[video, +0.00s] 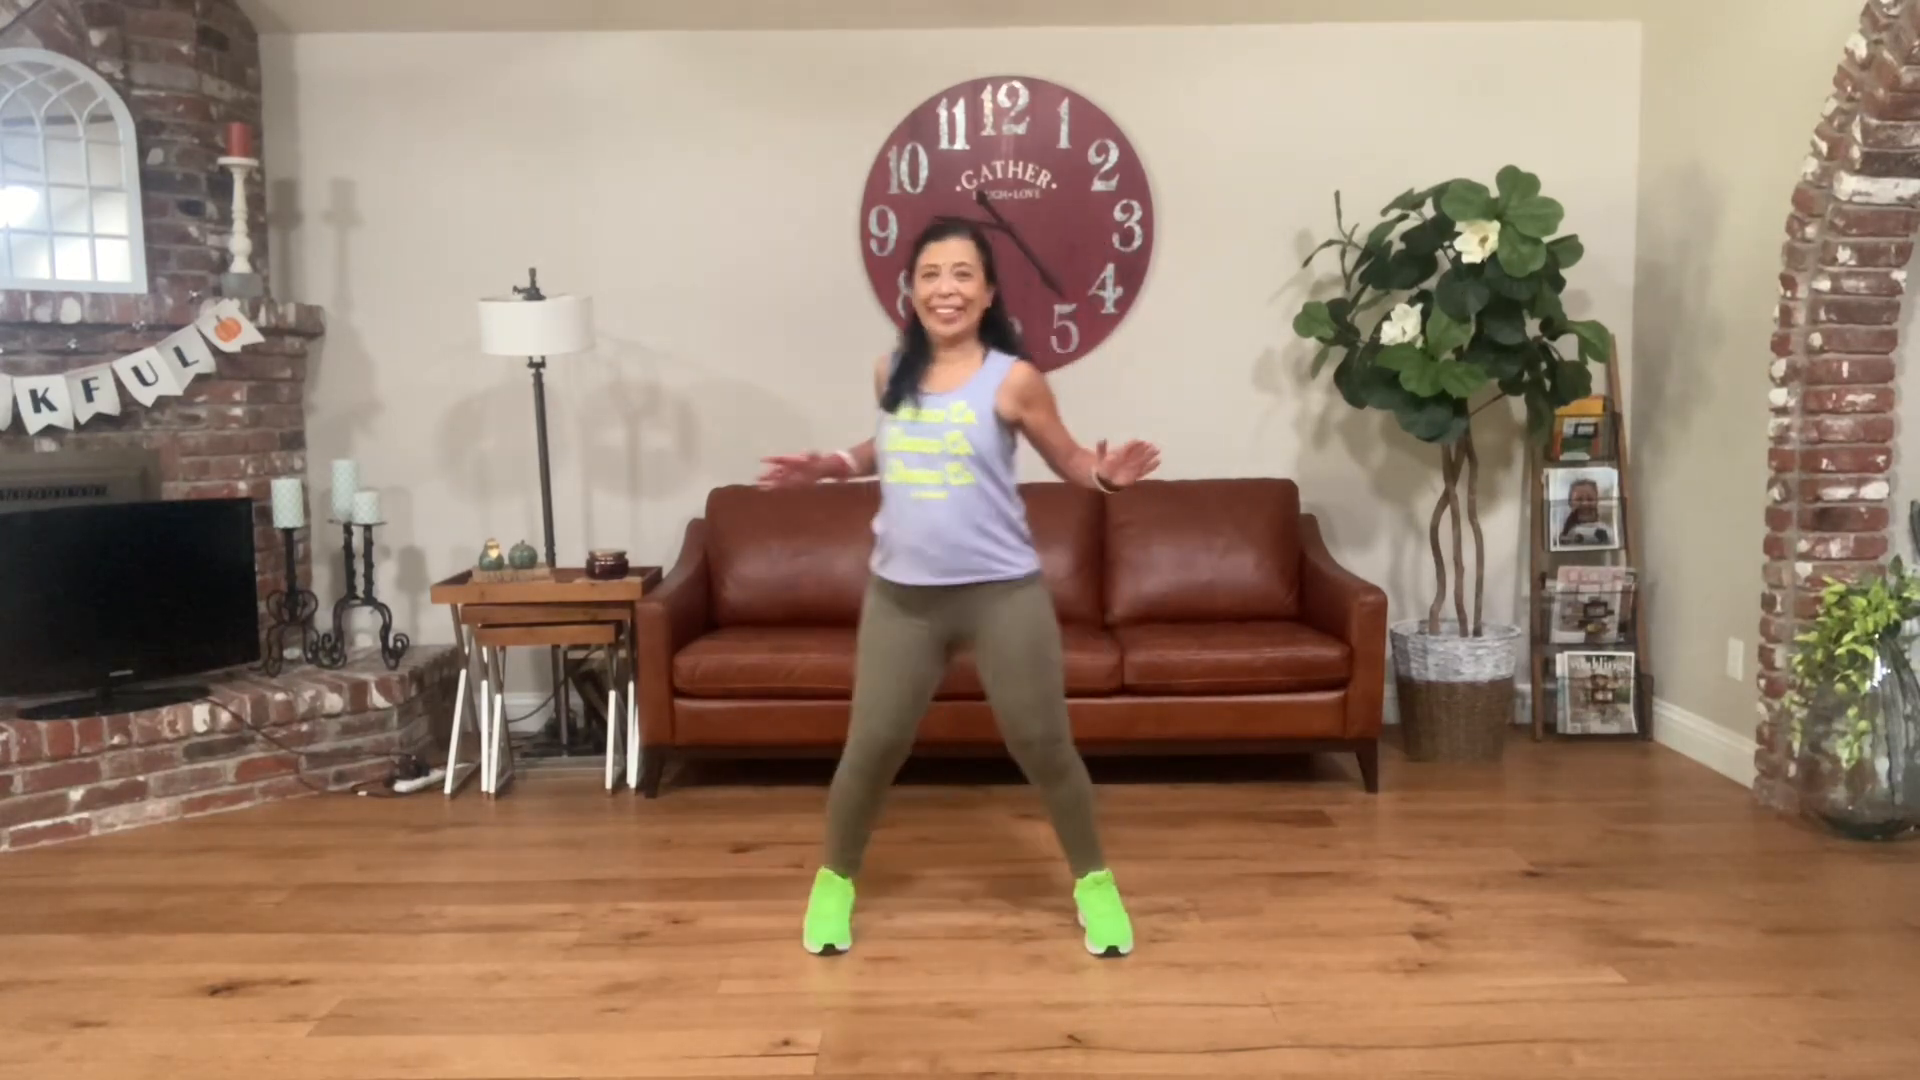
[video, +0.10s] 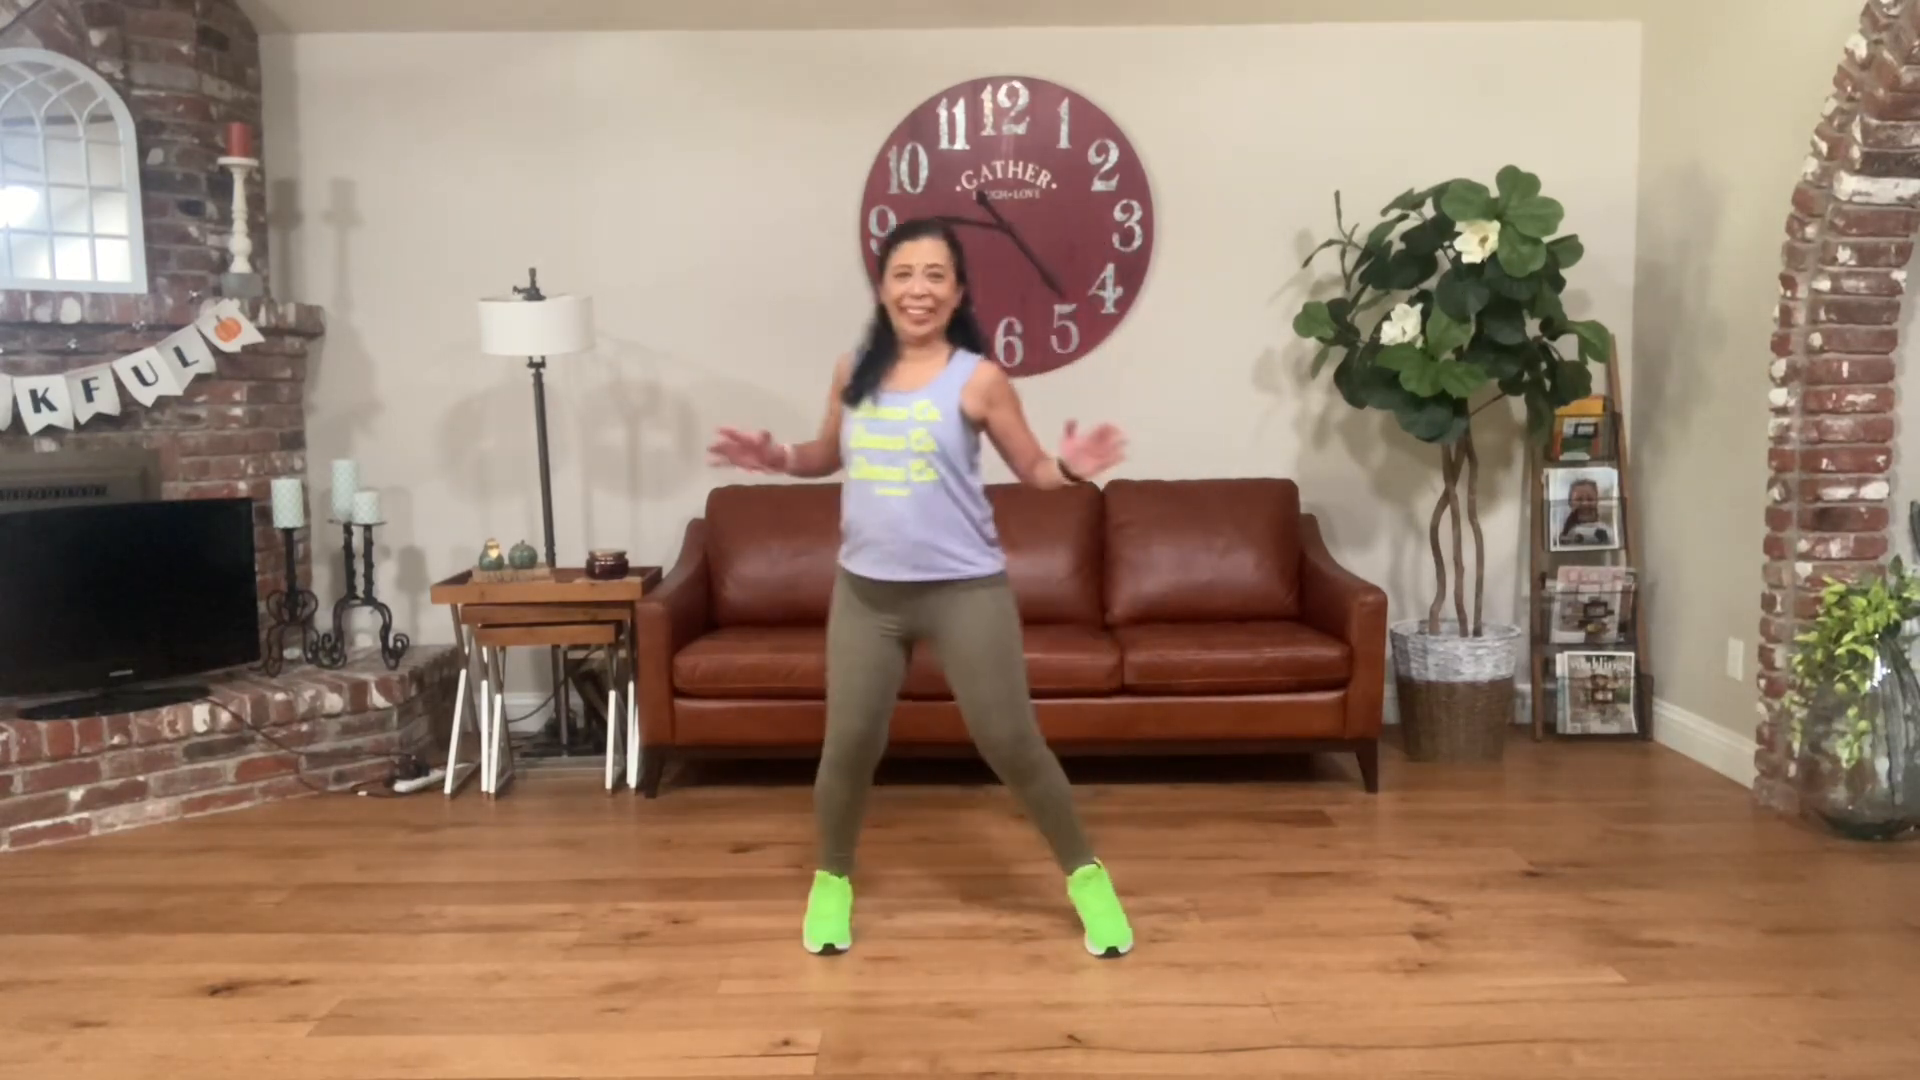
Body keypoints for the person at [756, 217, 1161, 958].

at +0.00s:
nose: (946, 288)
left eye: (963, 274)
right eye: (931, 274)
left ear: (987, 292)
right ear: (911, 292)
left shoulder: (1013, 381)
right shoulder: (892, 372)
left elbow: (1072, 461)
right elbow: (899, 446)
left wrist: (1106, 471)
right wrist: (831, 465)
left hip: (1003, 590)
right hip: (901, 595)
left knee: (1041, 741)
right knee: (874, 743)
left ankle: (1094, 884)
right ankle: (835, 881)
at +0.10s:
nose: (919, 290)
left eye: (936, 276)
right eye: (903, 275)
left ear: (957, 292)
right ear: (882, 288)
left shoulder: (979, 380)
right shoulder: (855, 371)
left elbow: (1034, 471)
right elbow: (829, 456)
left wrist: (1070, 467)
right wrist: (780, 458)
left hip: (965, 589)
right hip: (865, 591)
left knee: (1008, 740)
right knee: (849, 743)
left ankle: (1085, 876)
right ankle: (832, 882)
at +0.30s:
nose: (891, 315)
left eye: (904, 300)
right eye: (874, 300)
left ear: (917, 310)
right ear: (838, 310)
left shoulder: (935, 392)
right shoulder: (803, 388)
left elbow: (961, 503)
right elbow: (730, 475)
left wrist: (969, 433)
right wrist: (721, 423)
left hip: (929, 585)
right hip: (833, 592)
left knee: (941, 731)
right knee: (828, 741)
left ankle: (1002, 850)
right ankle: (829, 884)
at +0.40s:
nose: (888, 319)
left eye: (899, 302)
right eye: (871, 302)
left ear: (911, 309)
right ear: (830, 312)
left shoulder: (926, 383)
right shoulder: (797, 387)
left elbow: (934, 499)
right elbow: (746, 487)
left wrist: (924, 427)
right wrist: (745, 419)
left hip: (919, 584)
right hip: (823, 589)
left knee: (913, 728)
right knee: (823, 741)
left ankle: (936, 842)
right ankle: (829, 884)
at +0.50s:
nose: (889, 314)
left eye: (897, 299)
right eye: (871, 299)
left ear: (905, 303)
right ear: (828, 305)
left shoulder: (922, 379)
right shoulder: (792, 384)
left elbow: (923, 483)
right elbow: (781, 490)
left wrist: (871, 429)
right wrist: (813, 434)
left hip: (913, 583)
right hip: (818, 584)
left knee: (888, 739)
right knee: (822, 740)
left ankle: (891, 865)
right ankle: (829, 882)